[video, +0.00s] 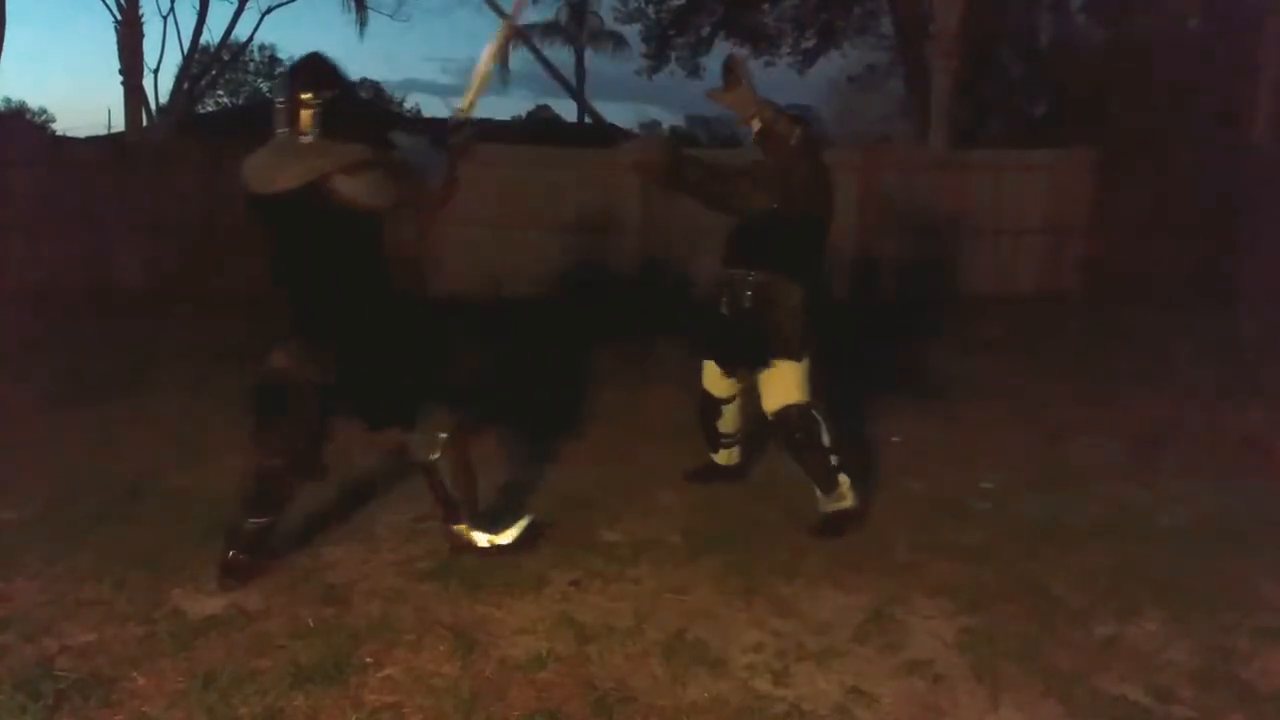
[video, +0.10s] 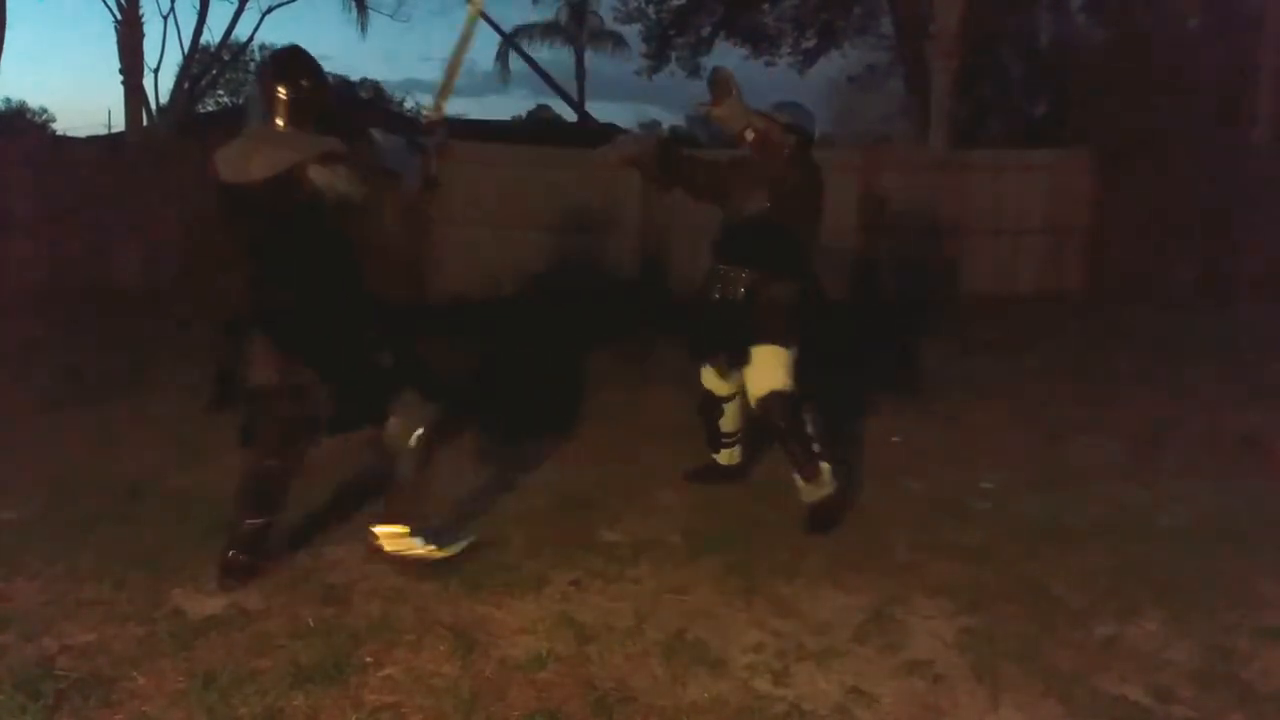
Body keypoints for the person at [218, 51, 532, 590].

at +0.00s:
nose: (348, 112)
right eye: (345, 103)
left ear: (287, 113)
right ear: (341, 109)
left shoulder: (260, 175)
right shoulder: (351, 174)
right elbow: (420, 197)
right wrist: (446, 154)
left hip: (298, 326)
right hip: (366, 323)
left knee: (283, 433)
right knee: (429, 408)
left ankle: (245, 543)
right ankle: (466, 522)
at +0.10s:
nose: (318, 99)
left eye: (307, 91)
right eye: (315, 90)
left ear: (263, 98)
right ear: (313, 96)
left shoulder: (229, 164)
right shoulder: (324, 160)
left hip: (260, 310)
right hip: (320, 310)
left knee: (271, 422)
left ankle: (245, 543)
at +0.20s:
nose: (308, 86)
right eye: (303, 78)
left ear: (246, 87)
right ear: (298, 84)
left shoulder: (210, 162)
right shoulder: (309, 155)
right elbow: (379, 190)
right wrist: (414, 138)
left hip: (247, 310)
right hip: (310, 311)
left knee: (265, 425)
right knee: (392, 410)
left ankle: (242, 547)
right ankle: (330, 536)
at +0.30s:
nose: (296, 88)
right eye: (293, 79)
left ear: (231, 89)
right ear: (292, 86)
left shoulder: (200, 162)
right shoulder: (306, 160)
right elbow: (383, 192)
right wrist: (403, 129)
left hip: (243, 315)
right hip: (307, 316)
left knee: (262, 446)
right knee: (368, 431)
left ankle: (233, 574)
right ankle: (260, 575)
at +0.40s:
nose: (296, 89)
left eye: (289, 80)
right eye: (291, 80)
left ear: (227, 88)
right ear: (280, 86)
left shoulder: (199, 163)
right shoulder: (291, 161)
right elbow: (366, 195)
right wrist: (390, 132)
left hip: (244, 332)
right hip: (296, 336)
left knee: (270, 463)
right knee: (299, 475)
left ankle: (226, 581)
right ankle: (235, 610)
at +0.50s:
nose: (295, 91)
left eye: (287, 81)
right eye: (290, 81)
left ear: (224, 86)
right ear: (280, 85)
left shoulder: (194, 159)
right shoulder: (289, 156)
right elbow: (361, 190)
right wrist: (381, 135)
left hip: (244, 325)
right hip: (297, 330)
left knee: (273, 463)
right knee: (306, 474)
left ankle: (225, 581)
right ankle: (237, 610)